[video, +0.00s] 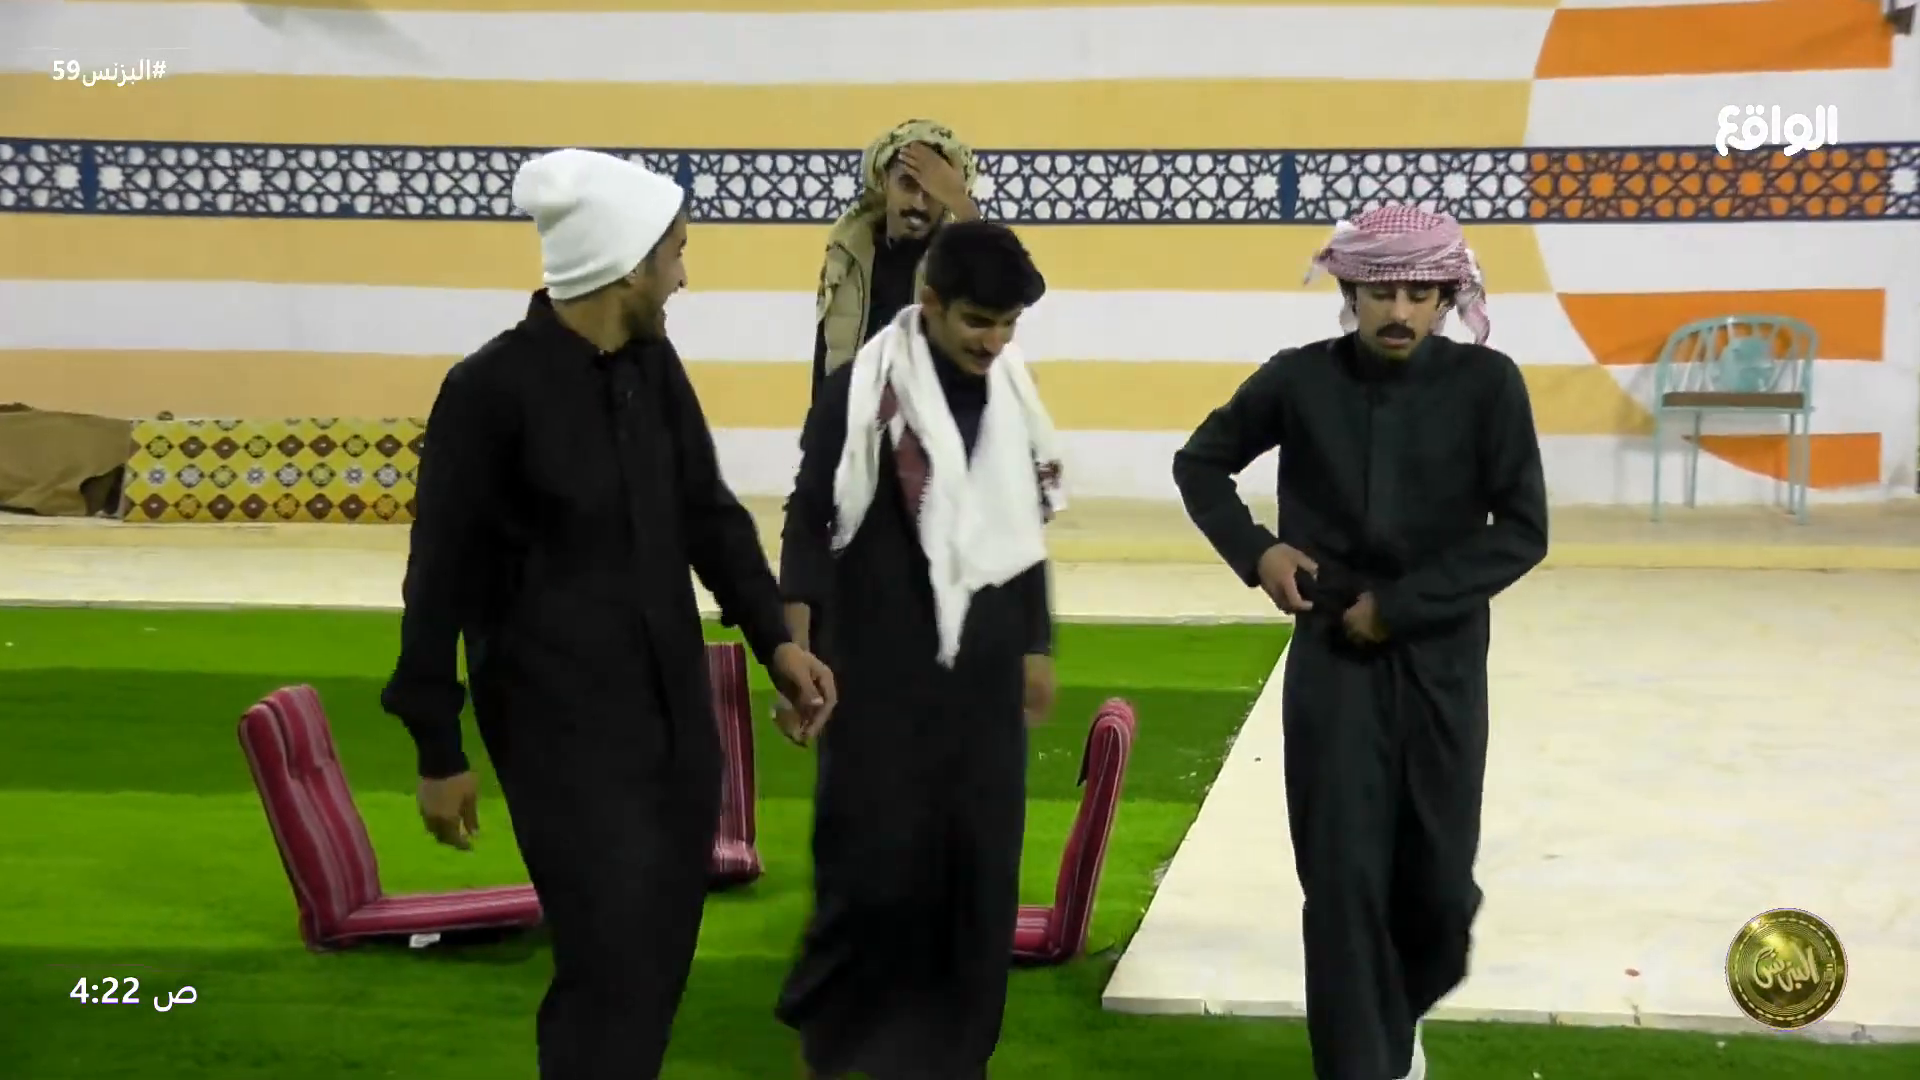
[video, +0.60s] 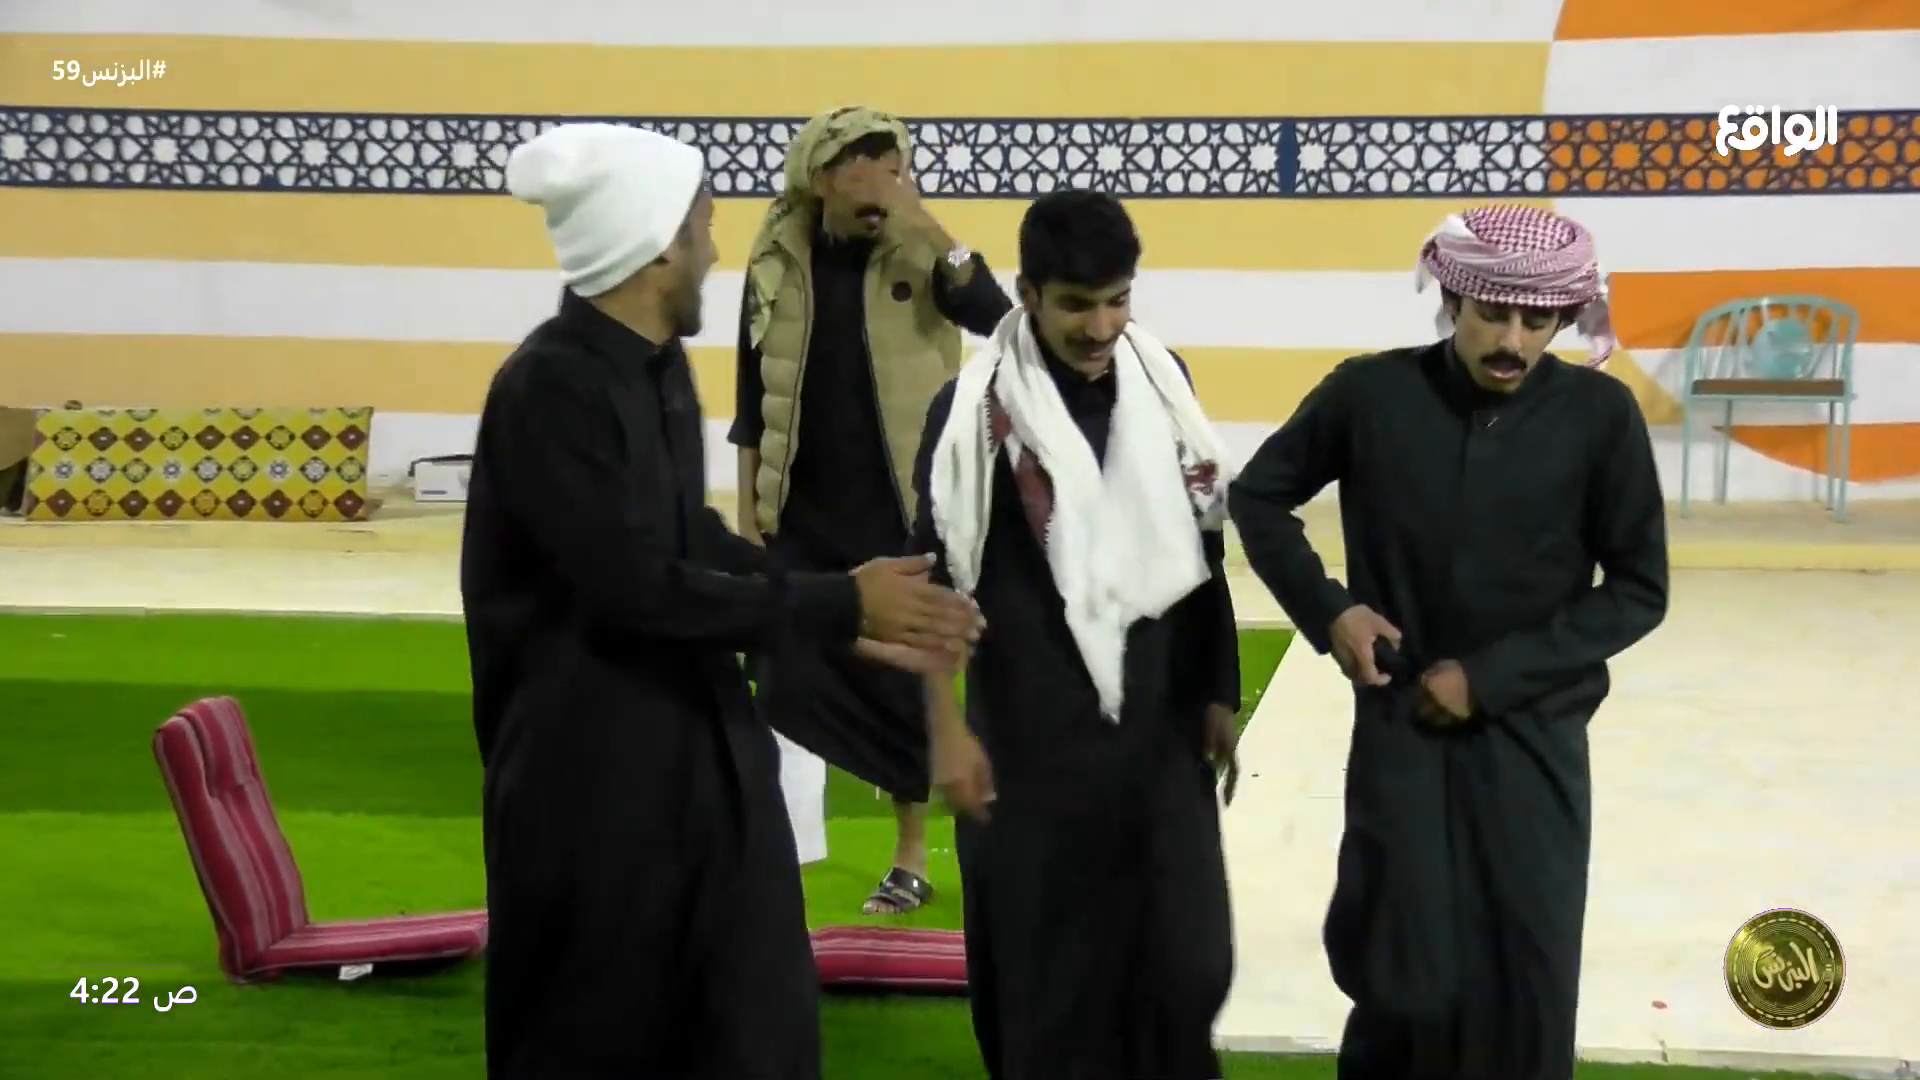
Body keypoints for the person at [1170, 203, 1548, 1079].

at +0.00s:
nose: (1398, 313)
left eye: (1418, 295)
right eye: (1379, 293)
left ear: (1446, 300)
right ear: (1349, 296)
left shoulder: (1490, 384)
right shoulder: (1299, 380)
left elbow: (1523, 534)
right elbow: (1199, 461)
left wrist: (1398, 603)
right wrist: (1257, 550)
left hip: (1445, 668)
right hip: (1334, 666)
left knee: (1441, 895)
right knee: (1343, 889)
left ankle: (1391, 1027)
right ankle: (1360, 1067)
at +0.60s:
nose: (1513, 341)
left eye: (1537, 320)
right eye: (1494, 315)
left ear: (1563, 317)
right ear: (1453, 302)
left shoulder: (1600, 414)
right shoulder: (1369, 393)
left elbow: (1640, 591)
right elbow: (1257, 499)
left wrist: (1487, 676)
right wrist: (1331, 611)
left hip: (1534, 745)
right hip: (1401, 740)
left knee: (1530, 995)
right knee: (1407, 988)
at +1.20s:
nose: (1550, 320)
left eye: (1577, 294)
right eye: (1524, 292)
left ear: (1612, 307)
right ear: (1481, 298)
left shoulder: (1673, 433)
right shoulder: (1394, 420)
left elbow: (1721, 636)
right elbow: (1280, 546)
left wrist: (1545, 711)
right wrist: (1366, 678)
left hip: (1609, 831)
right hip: (1447, 822)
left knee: (1618, 1062)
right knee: (1454, 1060)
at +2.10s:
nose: (1528, 441)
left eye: (1556, 406)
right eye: (1495, 409)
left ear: (1594, 400)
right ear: (1445, 405)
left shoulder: (1672, 520)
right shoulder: (1352, 514)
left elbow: (1743, 745)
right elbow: (1223, 644)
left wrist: (1540, 848)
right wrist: (1317, 798)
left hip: (1588, 942)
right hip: (1401, 933)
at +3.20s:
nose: (1492, 492)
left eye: (1521, 454)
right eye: (1456, 460)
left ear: (1563, 454)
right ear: (1404, 467)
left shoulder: (1653, 586)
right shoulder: (1315, 594)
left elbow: (1718, 837)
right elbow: (1171, 717)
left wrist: (1479, 912)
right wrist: (1258, 893)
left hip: (1562, 1046)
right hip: (1356, 1043)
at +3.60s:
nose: (1491, 571)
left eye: (1514, 522)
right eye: (1446, 539)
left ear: (1570, 508)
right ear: (1400, 543)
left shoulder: (1692, 630)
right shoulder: (1324, 669)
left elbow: (1765, 903)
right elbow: (1179, 812)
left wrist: (1531, 1036)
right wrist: (1319, 998)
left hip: (1634, 1056)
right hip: (1393, 1057)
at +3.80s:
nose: (1533, 652)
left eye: (1560, 605)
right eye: (1490, 618)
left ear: (1615, 578)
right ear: (1440, 600)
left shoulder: (1744, 698)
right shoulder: (1356, 719)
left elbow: (1825, 979)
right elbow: (1191, 858)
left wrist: (1633, 1069)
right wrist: (1346, 1049)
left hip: (1661, 1057)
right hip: (1435, 1063)